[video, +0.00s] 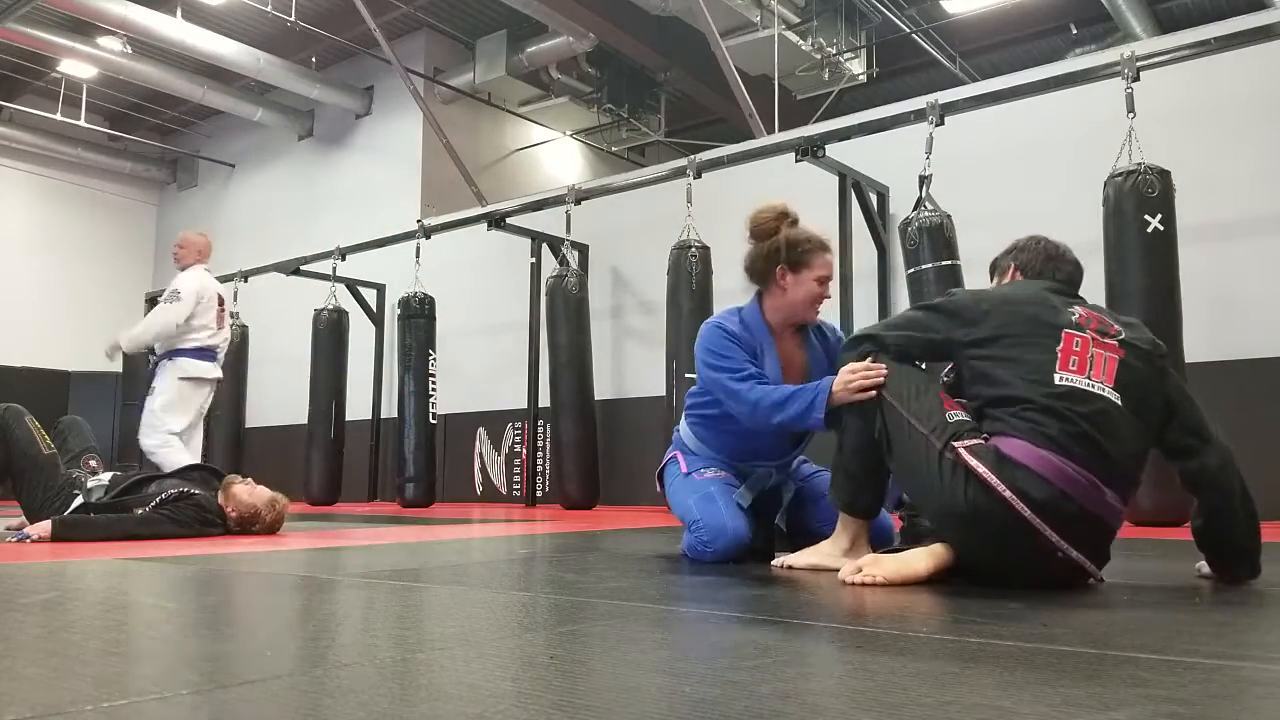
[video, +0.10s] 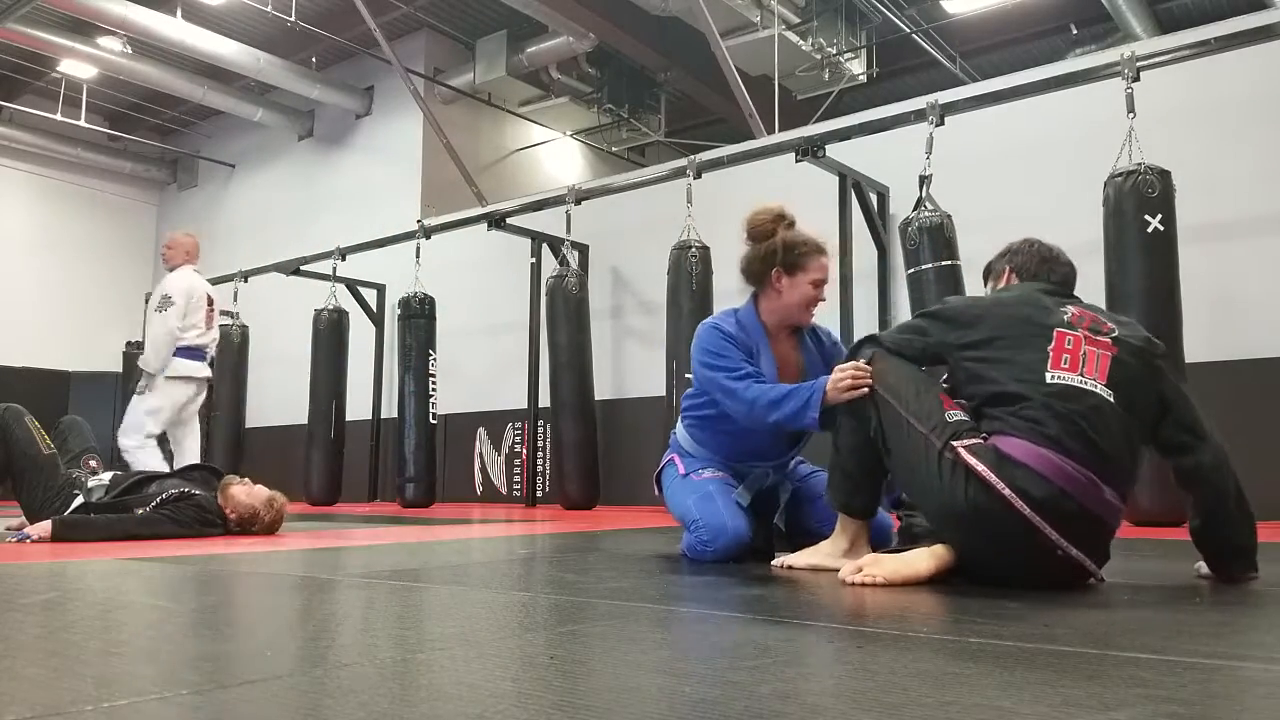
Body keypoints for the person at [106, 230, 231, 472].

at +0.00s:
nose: (174, 251)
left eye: (181, 247)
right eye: (176, 247)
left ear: (199, 253)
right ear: (200, 255)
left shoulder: (189, 280)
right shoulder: (215, 285)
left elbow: (166, 318)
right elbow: (223, 337)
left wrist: (123, 342)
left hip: (182, 370)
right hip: (206, 372)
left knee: (154, 436)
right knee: (190, 441)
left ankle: (198, 489)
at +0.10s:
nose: (162, 252)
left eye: (169, 248)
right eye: (163, 247)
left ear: (187, 254)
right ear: (189, 256)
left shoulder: (174, 282)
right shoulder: (205, 285)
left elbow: (163, 330)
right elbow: (212, 337)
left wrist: (147, 374)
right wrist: (201, 364)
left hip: (172, 374)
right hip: (197, 375)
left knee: (133, 437)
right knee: (187, 446)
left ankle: (162, 491)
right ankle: (190, 498)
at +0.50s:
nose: (102, 258)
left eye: (108, 254)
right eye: (103, 253)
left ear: (126, 257)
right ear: (130, 260)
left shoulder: (117, 286)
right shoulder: (156, 292)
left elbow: (105, 332)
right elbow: (161, 339)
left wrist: (84, 370)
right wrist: (149, 368)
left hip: (114, 374)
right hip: (145, 377)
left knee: (93, 436)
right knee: (134, 438)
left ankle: (93, 500)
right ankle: (165, 490)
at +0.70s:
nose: (77, 258)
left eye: (82, 253)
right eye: (78, 253)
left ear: (100, 256)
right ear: (105, 257)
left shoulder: (91, 284)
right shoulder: (134, 290)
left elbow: (74, 330)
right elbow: (144, 336)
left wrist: (44, 366)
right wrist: (131, 372)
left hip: (93, 370)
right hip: (123, 373)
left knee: (87, 435)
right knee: (96, 434)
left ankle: (98, 498)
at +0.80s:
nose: (66, 258)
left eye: (72, 254)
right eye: (67, 253)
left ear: (91, 257)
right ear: (95, 258)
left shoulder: (80, 284)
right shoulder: (121, 289)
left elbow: (61, 328)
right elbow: (133, 337)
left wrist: (26, 360)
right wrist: (124, 373)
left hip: (83, 371)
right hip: (111, 373)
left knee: (79, 437)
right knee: (89, 436)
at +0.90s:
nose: (56, 259)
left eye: (62, 255)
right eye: (58, 255)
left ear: (81, 260)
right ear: (85, 261)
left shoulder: (68, 285)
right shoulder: (111, 293)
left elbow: (51, 327)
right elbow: (121, 340)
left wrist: (13, 359)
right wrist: (113, 375)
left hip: (71, 372)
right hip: (100, 375)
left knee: (65, 440)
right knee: (77, 438)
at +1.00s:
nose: (47, 260)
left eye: (54, 256)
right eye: (49, 256)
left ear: (72, 260)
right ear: (73, 262)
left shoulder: (58, 286)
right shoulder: (99, 293)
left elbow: (43, 329)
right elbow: (111, 339)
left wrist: (7, 361)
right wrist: (98, 373)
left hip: (59, 374)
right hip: (87, 375)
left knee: (54, 440)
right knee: (69, 437)